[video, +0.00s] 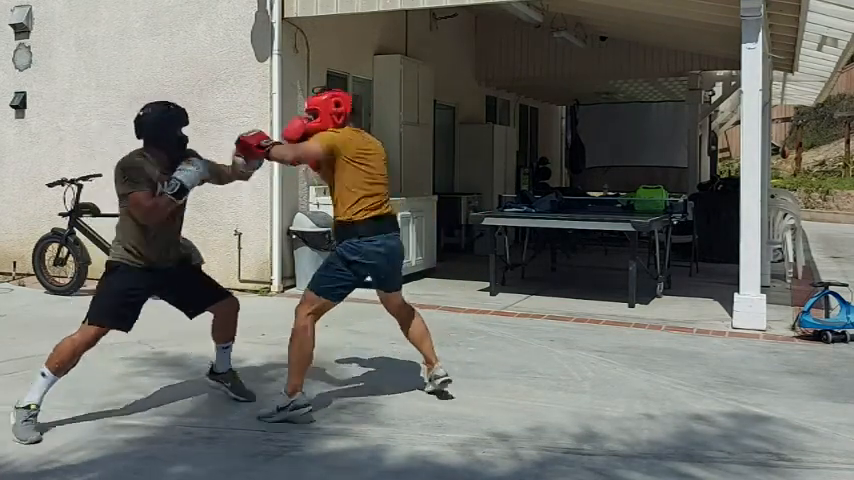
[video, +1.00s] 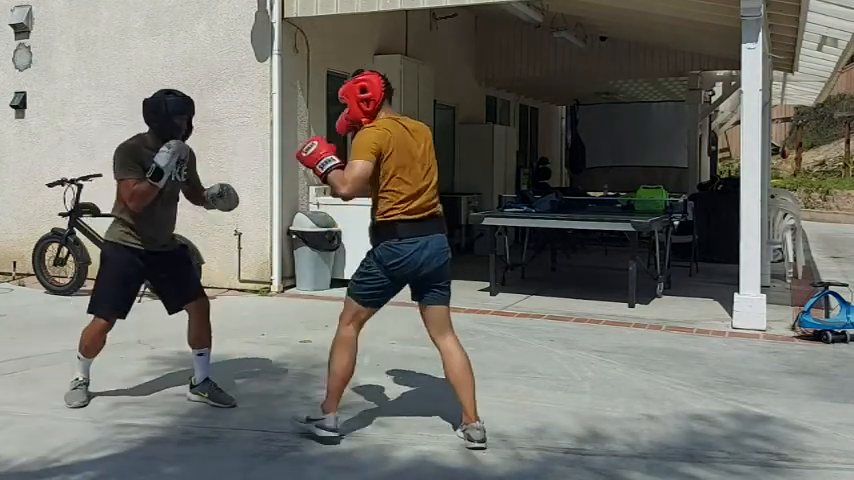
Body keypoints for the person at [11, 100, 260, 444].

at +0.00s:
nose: (184, 136)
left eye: (183, 130)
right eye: (178, 131)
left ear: (162, 137)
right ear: (160, 137)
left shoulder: (186, 160)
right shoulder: (130, 167)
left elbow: (224, 174)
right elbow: (150, 214)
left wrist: (245, 164)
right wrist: (181, 185)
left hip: (174, 265)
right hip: (130, 266)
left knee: (227, 305)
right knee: (90, 334)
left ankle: (222, 370)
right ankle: (29, 404)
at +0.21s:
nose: (208, 140)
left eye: (207, 135)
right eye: (202, 136)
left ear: (197, 141)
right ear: (184, 141)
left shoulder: (209, 168)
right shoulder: (165, 166)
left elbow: (246, 185)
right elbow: (208, 161)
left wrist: (285, 180)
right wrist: (245, 144)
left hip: (203, 274)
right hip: (164, 274)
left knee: (256, 315)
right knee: (131, 347)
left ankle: (271, 374)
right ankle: (74, 352)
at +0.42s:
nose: (191, 149)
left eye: (189, 142)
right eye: (185, 143)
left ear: (167, 148)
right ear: (166, 149)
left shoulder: (191, 180)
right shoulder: (145, 183)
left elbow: (193, 229)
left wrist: (212, 247)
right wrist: (181, 199)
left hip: (198, 277)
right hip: (159, 281)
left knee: (255, 315)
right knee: (127, 354)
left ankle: (276, 375)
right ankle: (85, 372)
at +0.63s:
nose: (164, 134)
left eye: (163, 127)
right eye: (157, 129)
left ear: (160, 129)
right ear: (137, 134)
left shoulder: (170, 156)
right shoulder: (110, 168)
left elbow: (187, 198)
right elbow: (115, 216)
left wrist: (199, 216)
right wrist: (138, 183)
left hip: (173, 257)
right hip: (130, 260)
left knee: (217, 311)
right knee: (107, 332)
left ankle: (244, 374)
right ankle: (81, 378)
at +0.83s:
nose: (170, 123)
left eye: (171, 117)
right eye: (164, 118)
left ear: (168, 117)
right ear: (144, 119)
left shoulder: (172, 144)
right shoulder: (115, 152)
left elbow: (188, 182)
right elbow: (121, 204)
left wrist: (200, 196)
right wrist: (147, 170)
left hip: (164, 245)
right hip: (123, 245)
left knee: (199, 303)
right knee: (104, 319)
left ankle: (200, 379)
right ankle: (80, 379)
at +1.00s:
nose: (189, 126)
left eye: (189, 120)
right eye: (183, 120)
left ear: (182, 122)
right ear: (163, 121)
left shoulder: (183, 153)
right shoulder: (129, 151)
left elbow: (194, 194)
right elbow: (135, 202)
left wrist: (214, 198)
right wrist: (161, 170)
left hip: (164, 247)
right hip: (125, 244)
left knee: (199, 305)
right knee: (104, 319)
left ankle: (200, 381)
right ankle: (80, 378)